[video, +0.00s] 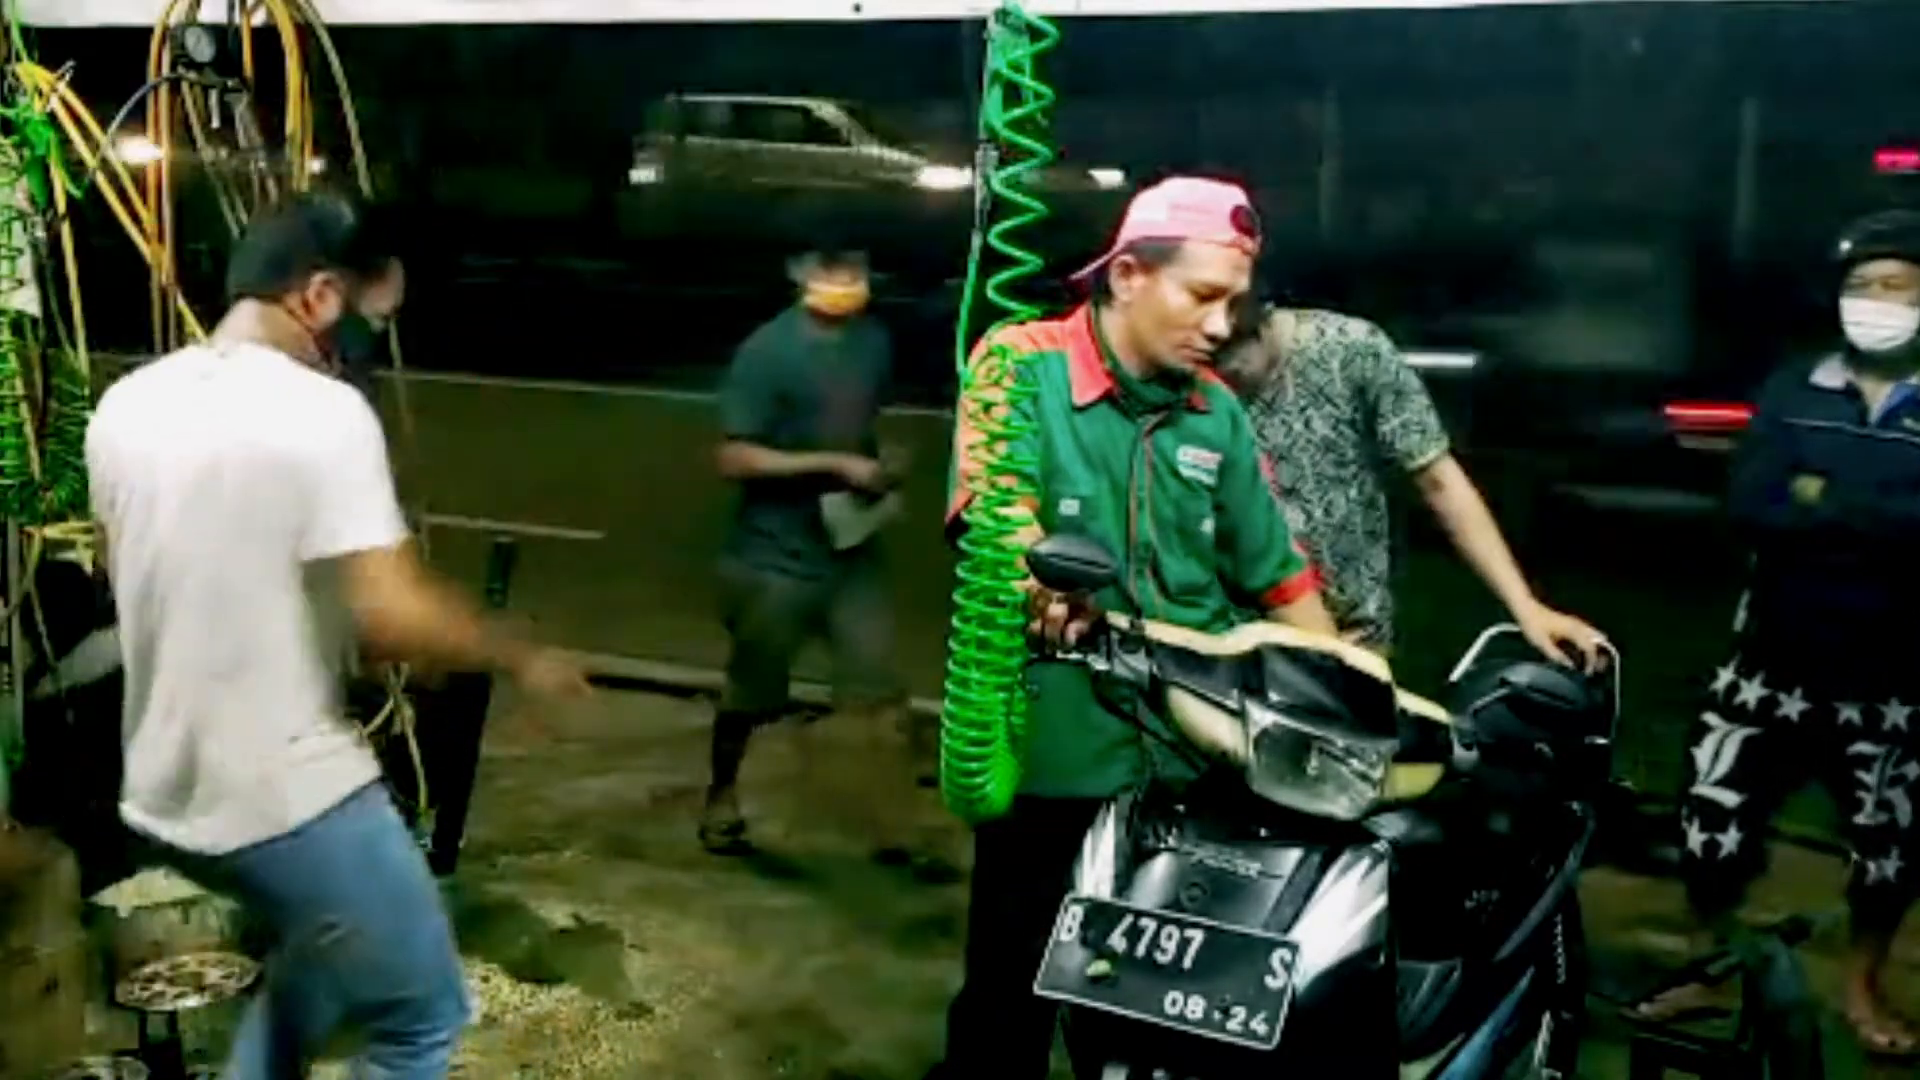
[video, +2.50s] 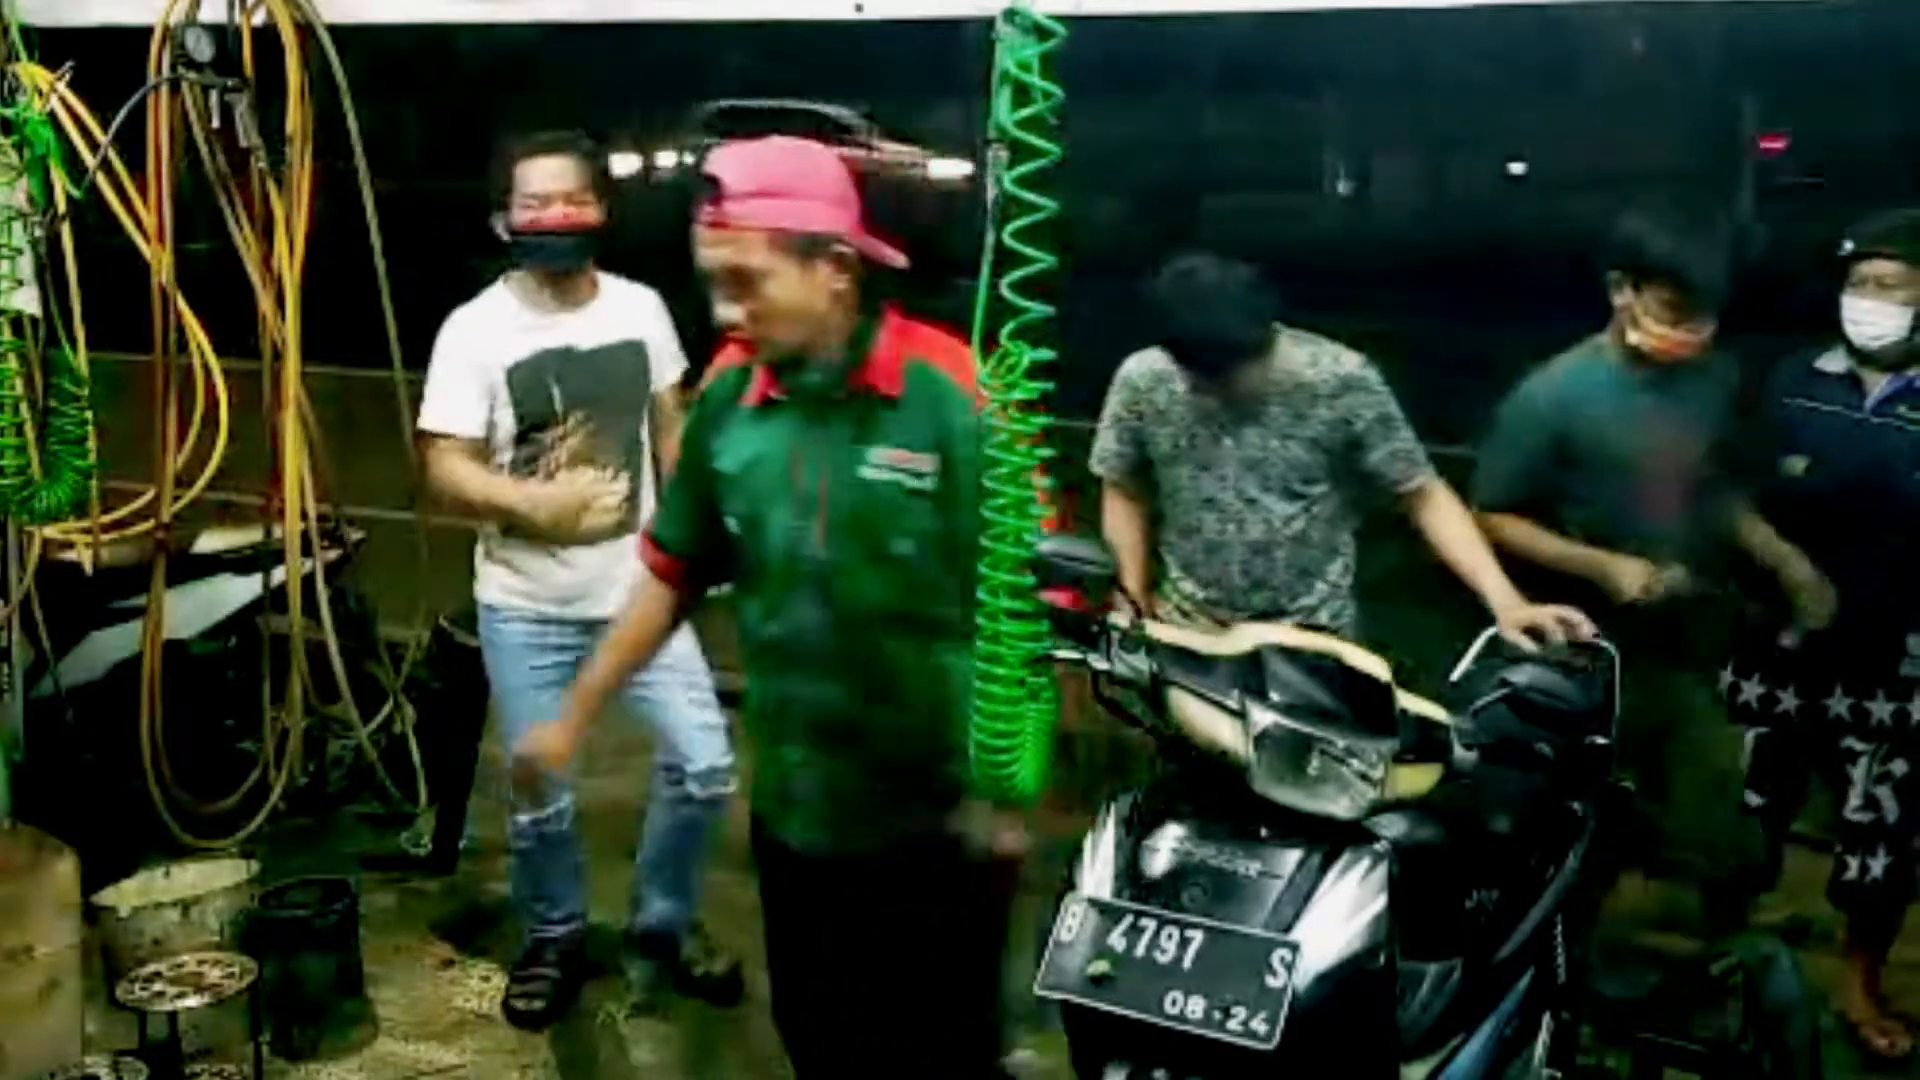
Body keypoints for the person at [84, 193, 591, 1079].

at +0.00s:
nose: (355, 335)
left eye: (362, 316)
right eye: (354, 313)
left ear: (240, 293)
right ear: (311, 296)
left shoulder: (123, 407)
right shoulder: (326, 415)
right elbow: (388, 610)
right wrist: (520, 655)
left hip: (162, 781)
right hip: (291, 786)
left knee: (302, 969)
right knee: (424, 1017)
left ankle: (253, 1070)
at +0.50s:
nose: (414, 292)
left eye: (415, 278)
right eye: (415, 276)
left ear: (304, 249)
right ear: (390, 261)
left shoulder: (184, 326)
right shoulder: (400, 337)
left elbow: (67, 447)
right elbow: (514, 484)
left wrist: (135, 546)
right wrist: (580, 442)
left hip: (220, 698)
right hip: (351, 698)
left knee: (317, 905)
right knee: (465, 889)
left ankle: (305, 1069)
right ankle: (385, 1067)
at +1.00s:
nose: (524, 268)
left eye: (537, 249)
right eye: (505, 243)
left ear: (546, 238)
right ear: (435, 228)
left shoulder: (467, 314)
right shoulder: (406, 308)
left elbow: (566, 354)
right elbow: (295, 429)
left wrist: (630, 353)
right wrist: (352, 598)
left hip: (431, 670)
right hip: (471, 670)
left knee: (432, 860)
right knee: (545, 881)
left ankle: (344, 1061)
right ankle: (518, 1061)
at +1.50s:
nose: (619, 253)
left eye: (632, 235)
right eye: (600, 230)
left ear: (640, 233)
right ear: (540, 227)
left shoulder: (573, 321)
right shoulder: (513, 313)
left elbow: (578, 454)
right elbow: (569, 428)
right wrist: (701, 388)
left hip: (602, 643)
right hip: (542, 657)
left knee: (653, 819)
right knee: (595, 863)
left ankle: (637, 998)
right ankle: (524, 1056)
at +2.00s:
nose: (571, 229)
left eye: (593, 214)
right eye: (562, 209)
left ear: (649, 224)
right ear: (548, 209)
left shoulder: (703, 310)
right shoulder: (514, 304)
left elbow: (793, 386)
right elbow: (435, 401)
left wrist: (764, 410)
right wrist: (447, 522)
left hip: (665, 611)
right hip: (554, 617)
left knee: (688, 803)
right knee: (580, 821)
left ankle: (641, 990)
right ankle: (535, 952)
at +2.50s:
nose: (552, 219)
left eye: (569, 202)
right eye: (534, 203)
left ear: (599, 210)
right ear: (507, 215)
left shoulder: (640, 309)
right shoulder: (472, 330)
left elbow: (670, 430)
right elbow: (444, 467)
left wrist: (681, 525)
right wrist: (532, 503)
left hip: (634, 594)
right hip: (525, 605)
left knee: (703, 762)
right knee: (539, 777)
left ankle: (660, 933)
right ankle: (552, 933)